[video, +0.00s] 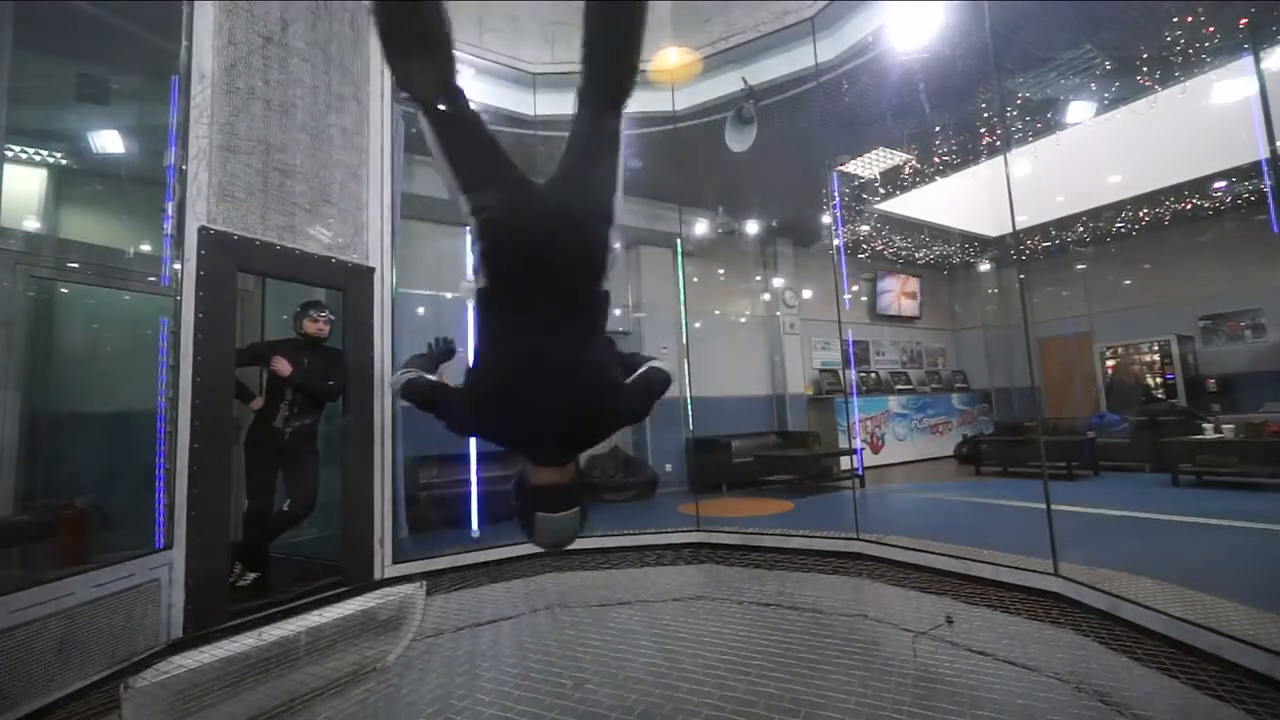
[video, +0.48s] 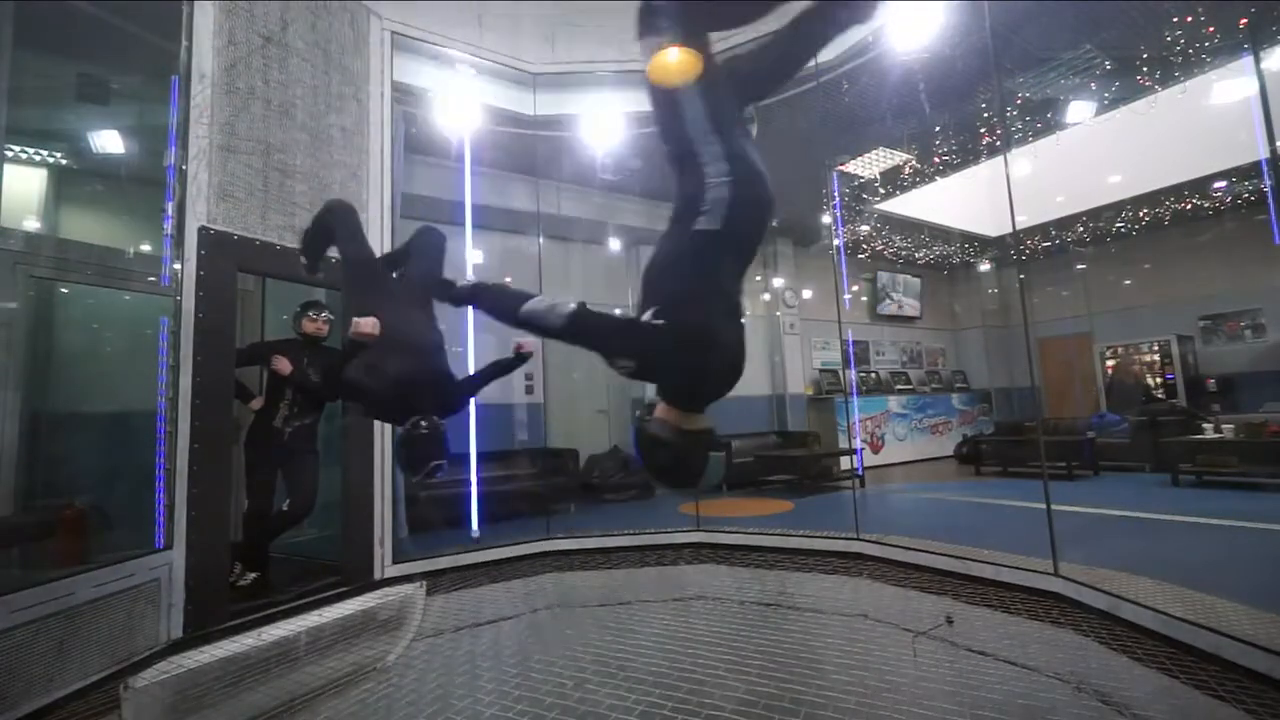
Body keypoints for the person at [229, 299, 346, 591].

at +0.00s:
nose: (322, 324)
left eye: (326, 320)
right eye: (315, 319)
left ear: (331, 326)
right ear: (300, 323)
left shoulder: (334, 357)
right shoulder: (279, 349)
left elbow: (332, 393)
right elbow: (223, 361)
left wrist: (292, 374)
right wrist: (249, 397)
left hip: (302, 441)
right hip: (264, 436)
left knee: (303, 504)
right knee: (260, 504)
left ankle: (242, 553)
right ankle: (254, 571)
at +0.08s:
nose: (322, 324)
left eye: (326, 320)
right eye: (315, 319)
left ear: (331, 326)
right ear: (300, 323)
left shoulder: (334, 357)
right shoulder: (279, 349)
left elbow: (333, 393)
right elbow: (223, 361)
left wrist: (292, 373)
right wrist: (249, 397)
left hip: (302, 442)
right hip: (264, 437)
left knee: (303, 504)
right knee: (260, 504)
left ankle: (243, 553)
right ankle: (254, 570)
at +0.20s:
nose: (321, 324)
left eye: (326, 320)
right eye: (314, 319)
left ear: (331, 326)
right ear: (300, 323)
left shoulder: (335, 357)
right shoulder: (280, 348)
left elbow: (332, 393)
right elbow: (223, 361)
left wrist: (293, 374)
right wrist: (249, 397)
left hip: (302, 442)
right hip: (264, 437)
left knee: (302, 505)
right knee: (260, 504)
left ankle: (243, 553)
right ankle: (254, 570)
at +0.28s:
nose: (322, 324)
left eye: (326, 320)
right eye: (315, 319)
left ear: (330, 325)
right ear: (300, 323)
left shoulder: (334, 357)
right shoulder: (280, 348)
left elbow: (332, 393)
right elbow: (223, 361)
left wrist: (292, 374)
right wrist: (250, 397)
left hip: (302, 442)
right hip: (264, 437)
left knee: (303, 505)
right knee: (260, 504)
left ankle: (243, 553)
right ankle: (254, 570)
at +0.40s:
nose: (320, 324)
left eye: (325, 320)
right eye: (313, 319)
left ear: (330, 326)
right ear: (299, 322)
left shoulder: (333, 357)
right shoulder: (280, 348)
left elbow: (332, 393)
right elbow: (224, 361)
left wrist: (292, 374)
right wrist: (249, 397)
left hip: (302, 442)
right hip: (264, 437)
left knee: (302, 505)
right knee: (260, 505)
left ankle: (243, 553)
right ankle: (254, 570)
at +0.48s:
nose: (320, 324)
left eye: (325, 320)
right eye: (314, 318)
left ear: (330, 326)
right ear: (299, 322)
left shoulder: (334, 358)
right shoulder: (279, 348)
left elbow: (331, 393)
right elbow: (223, 362)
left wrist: (292, 373)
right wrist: (249, 397)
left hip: (302, 442)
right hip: (264, 437)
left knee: (303, 505)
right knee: (260, 505)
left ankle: (243, 553)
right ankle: (254, 570)